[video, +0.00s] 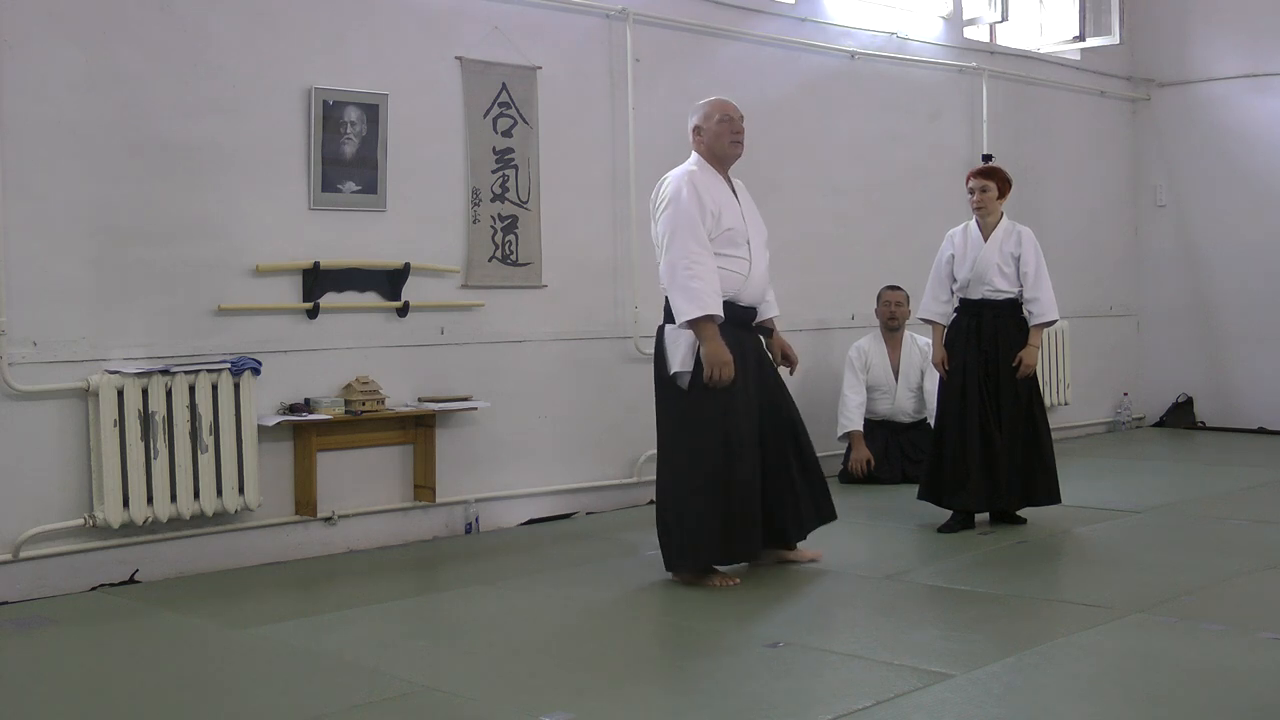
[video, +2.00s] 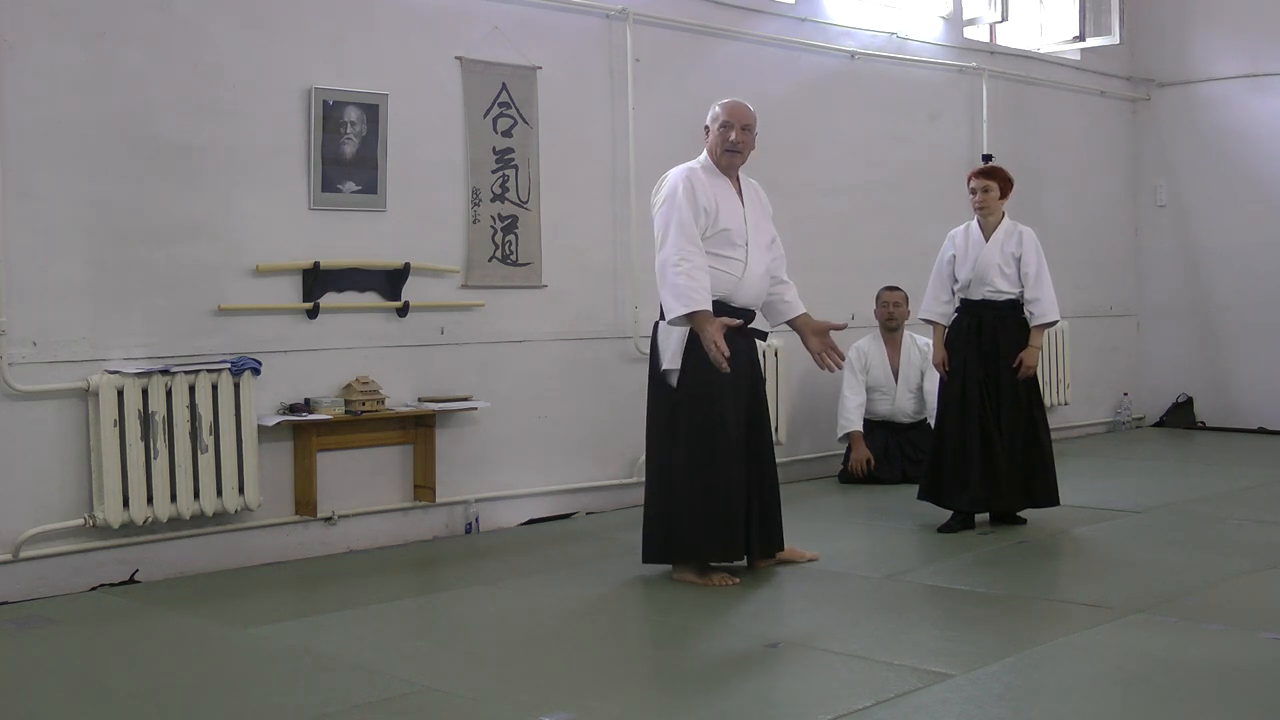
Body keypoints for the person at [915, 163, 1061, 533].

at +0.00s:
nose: (977, 197)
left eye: (985, 191)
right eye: (972, 192)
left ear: (1001, 194)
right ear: (968, 197)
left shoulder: (1020, 236)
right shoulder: (956, 237)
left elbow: (1038, 293)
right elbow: (940, 291)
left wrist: (1033, 344)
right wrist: (937, 342)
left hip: (1008, 330)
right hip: (965, 330)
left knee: (1008, 414)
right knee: (962, 415)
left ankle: (1003, 506)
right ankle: (963, 509)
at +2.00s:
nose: (978, 197)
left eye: (986, 191)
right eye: (973, 192)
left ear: (1003, 195)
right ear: (969, 197)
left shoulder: (1022, 236)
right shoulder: (957, 237)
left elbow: (1039, 293)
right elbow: (940, 291)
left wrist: (1034, 345)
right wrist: (938, 342)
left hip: (1009, 331)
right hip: (966, 332)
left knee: (1009, 415)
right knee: (962, 416)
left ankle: (1004, 506)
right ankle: (963, 509)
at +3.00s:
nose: (978, 198)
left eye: (986, 192)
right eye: (973, 192)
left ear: (1002, 196)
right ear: (968, 198)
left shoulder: (1022, 237)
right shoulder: (957, 238)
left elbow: (1039, 294)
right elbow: (941, 293)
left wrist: (1035, 345)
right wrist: (939, 344)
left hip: (1010, 331)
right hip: (967, 332)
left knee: (1010, 416)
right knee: (963, 416)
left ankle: (1007, 506)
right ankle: (963, 509)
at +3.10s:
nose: (978, 198)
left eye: (986, 192)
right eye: (974, 193)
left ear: (1003, 196)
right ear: (969, 198)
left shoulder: (1022, 237)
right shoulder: (958, 238)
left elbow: (1040, 294)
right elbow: (942, 293)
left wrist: (1035, 345)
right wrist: (939, 343)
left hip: (1010, 330)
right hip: (968, 331)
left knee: (1010, 415)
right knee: (964, 416)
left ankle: (1006, 506)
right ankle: (963, 509)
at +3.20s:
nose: (979, 198)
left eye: (987, 192)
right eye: (974, 193)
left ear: (1004, 196)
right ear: (969, 198)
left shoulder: (1023, 237)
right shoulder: (958, 238)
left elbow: (1041, 294)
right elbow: (942, 293)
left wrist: (1035, 345)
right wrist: (939, 343)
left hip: (1010, 330)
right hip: (968, 331)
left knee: (1010, 415)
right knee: (964, 415)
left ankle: (1006, 506)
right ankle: (963, 509)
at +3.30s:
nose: (980, 198)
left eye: (988, 192)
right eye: (975, 193)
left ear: (1005, 196)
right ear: (970, 198)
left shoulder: (1023, 237)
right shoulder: (959, 238)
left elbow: (1041, 294)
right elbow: (942, 292)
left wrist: (1035, 345)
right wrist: (939, 343)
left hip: (1010, 330)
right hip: (968, 331)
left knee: (1010, 415)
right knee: (964, 416)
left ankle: (1006, 506)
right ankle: (963, 509)